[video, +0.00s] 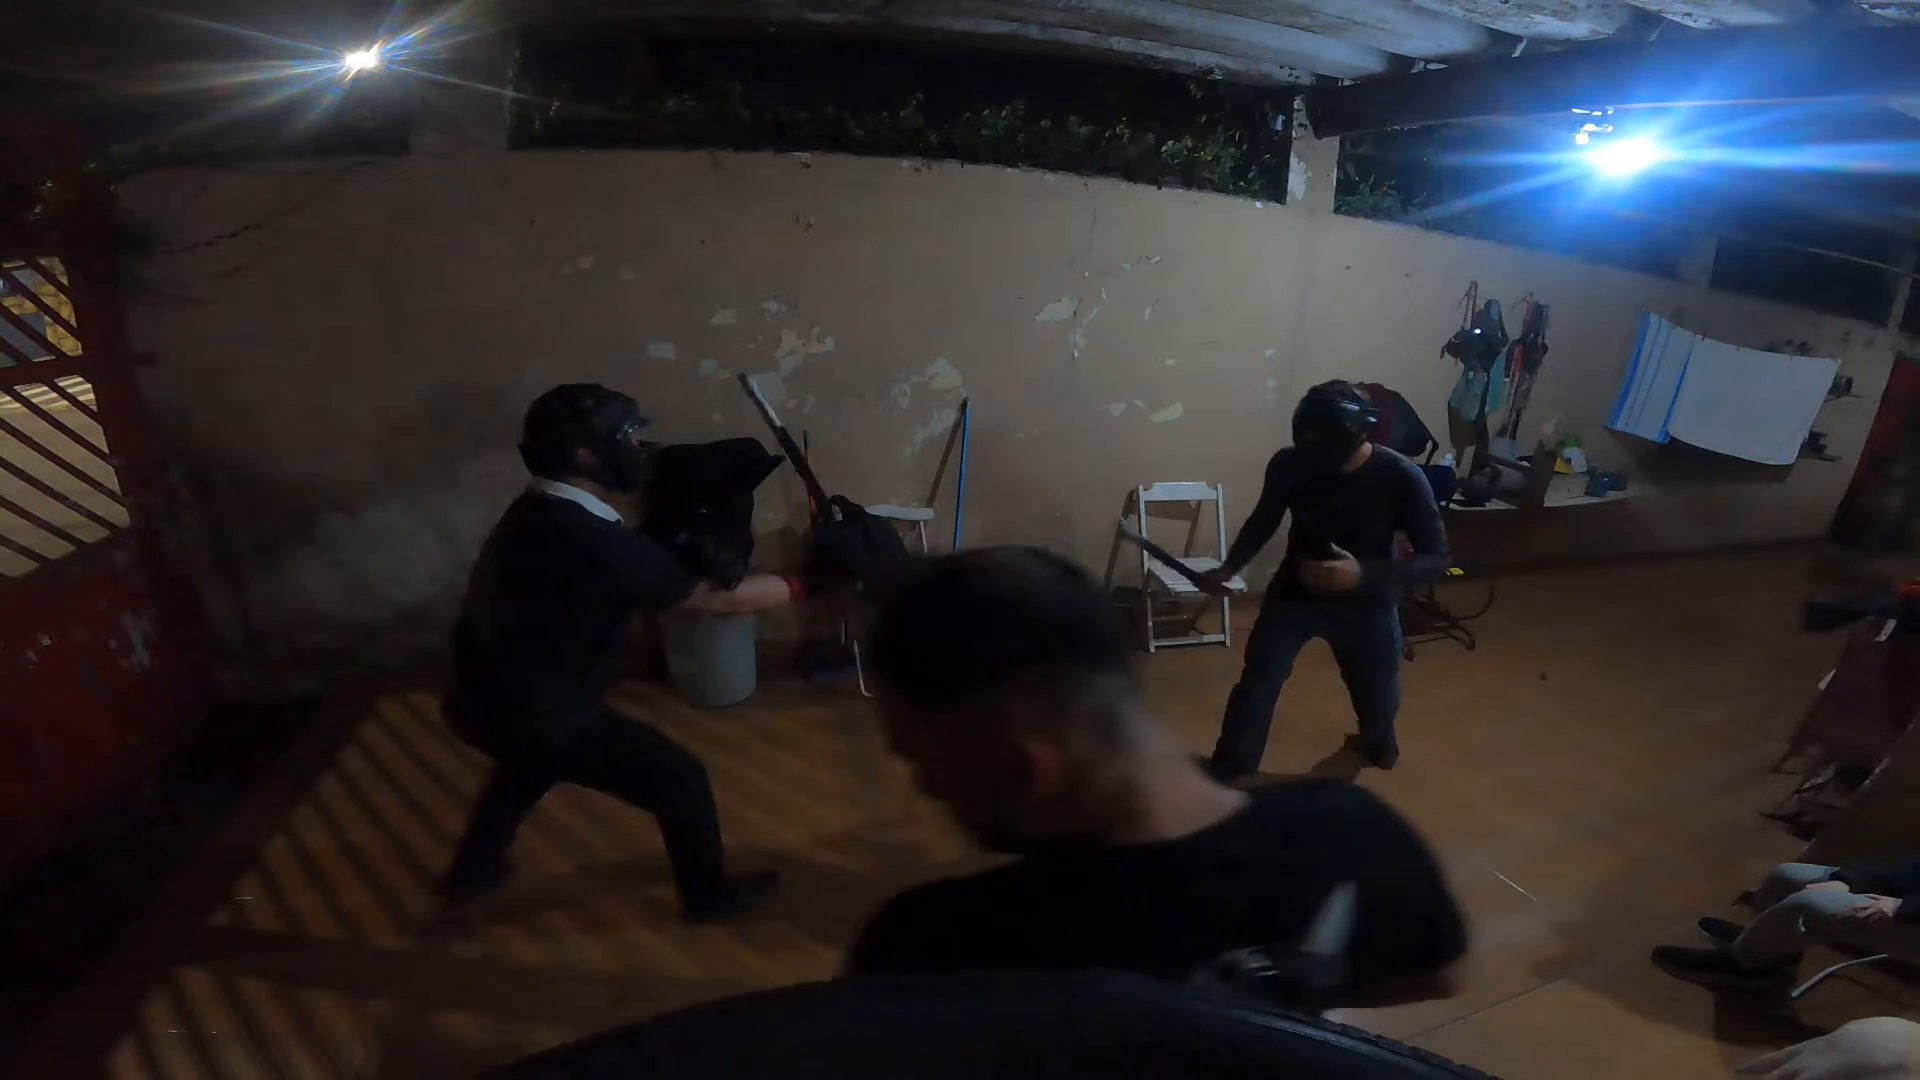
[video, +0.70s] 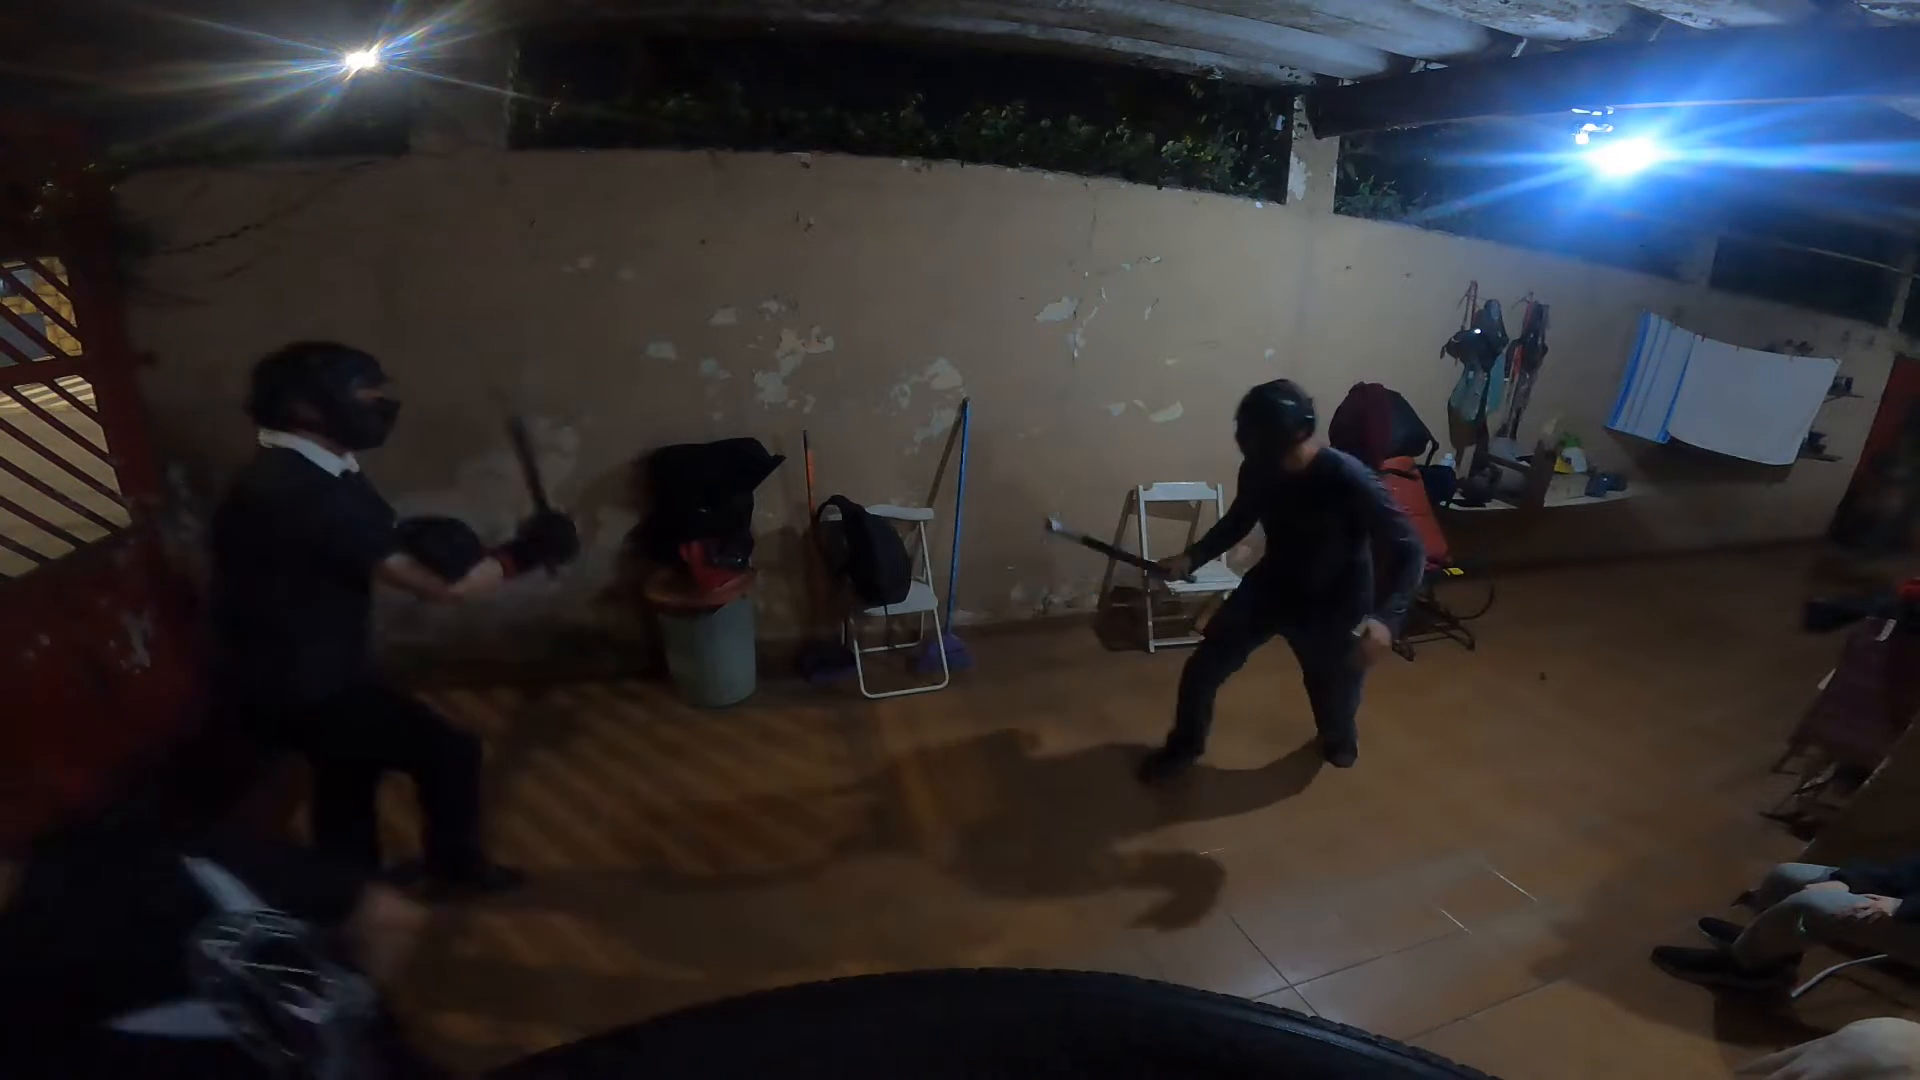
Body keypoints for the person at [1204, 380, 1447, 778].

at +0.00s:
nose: (1312, 460)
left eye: (1321, 452)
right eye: (1307, 450)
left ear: (1352, 441)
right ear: (1302, 438)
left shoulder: (1403, 479)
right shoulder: (1290, 467)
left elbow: (1434, 561)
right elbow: (1264, 521)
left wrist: (1364, 574)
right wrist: (1229, 567)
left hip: (1367, 603)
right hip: (1295, 593)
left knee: (1378, 693)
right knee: (1259, 678)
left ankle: (1380, 743)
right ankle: (1230, 769)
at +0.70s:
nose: (1253, 457)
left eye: (1260, 449)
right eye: (1251, 449)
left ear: (1294, 437)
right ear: (1254, 444)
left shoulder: (1348, 477)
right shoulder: (1259, 471)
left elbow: (1410, 550)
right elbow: (1238, 521)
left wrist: (1387, 618)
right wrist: (1191, 558)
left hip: (1334, 603)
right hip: (1272, 588)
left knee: (1335, 694)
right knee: (1202, 671)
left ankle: (1340, 744)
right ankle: (1184, 746)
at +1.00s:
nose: (1228, 471)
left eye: (1236, 461)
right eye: (1219, 461)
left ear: (1259, 448)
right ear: (1207, 452)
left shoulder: (1295, 485)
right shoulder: (1199, 473)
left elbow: (1357, 563)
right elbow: (1185, 528)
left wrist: (1329, 617)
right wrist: (1146, 577)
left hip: (1282, 599)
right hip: (1219, 589)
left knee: (1280, 714)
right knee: (1161, 681)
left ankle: (1292, 758)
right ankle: (1164, 747)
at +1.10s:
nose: (1254, 466)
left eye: (1267, 458)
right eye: (1247, 452)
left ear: (1292, 452)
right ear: (1237, 438)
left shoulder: (1318, 494)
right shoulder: (1208, 464)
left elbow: (1334, 587)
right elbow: (1180, 517)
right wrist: (1141, 573)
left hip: (1270, 601)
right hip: (1199, 585)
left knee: (1261, 715)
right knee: (1146, 678)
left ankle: (1248, 765)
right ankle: (1161, 740)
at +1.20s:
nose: (1267, 477)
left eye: (1281, 471)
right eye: (1261, 463)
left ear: (1304, 465)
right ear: (1249, 446)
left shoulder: (1321, 508)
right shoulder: (1212, 468)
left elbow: (1319, 599)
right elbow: (1174, 520)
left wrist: (1231, 567)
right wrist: (1137, 573)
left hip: (1257, 609)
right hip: (1191, 589)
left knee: (1247, 710)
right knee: (1125, 682)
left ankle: (1244, 776)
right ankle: (1148, 733)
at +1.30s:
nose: (1255, 488)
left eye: (1265, 478)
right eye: (1244, 475)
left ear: (1282, 470)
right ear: (1227, 459)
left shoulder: (1302, 521)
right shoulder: (1191, 480)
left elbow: (1306, 616)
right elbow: (1151, 544)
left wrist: (1225, 622)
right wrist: (1124, 595)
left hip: (1236, 624)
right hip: (1168, 601)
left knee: (1234, 725)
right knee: (1095, 692)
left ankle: (1246, 778)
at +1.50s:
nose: (1135, 515)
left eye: (1144, 505)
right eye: (1123, 503)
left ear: (1171, 492)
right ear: (1111, 490)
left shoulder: (1208, 526)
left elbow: (1262, 590)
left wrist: (1276, 667)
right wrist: (1023, 628)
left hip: (1192, 646)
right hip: (1118, 638)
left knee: (1218, 739)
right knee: (1053, 727)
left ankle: (1245, 778)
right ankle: (985, 814)